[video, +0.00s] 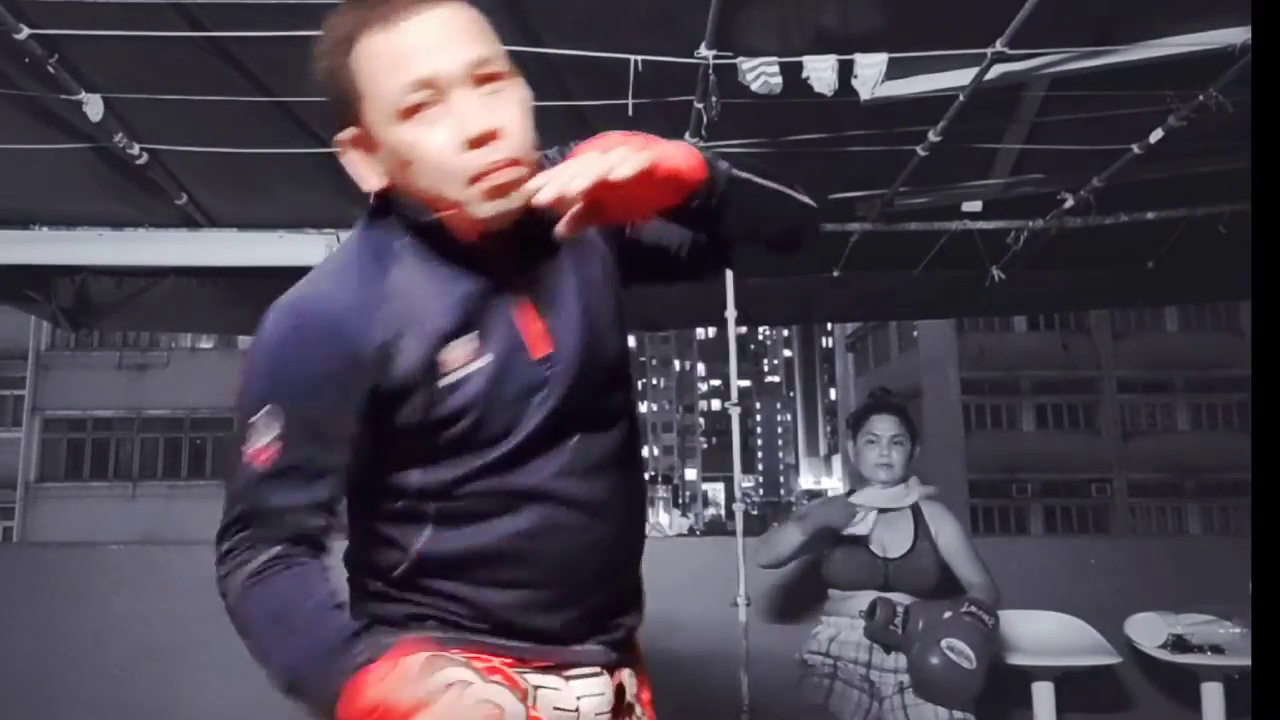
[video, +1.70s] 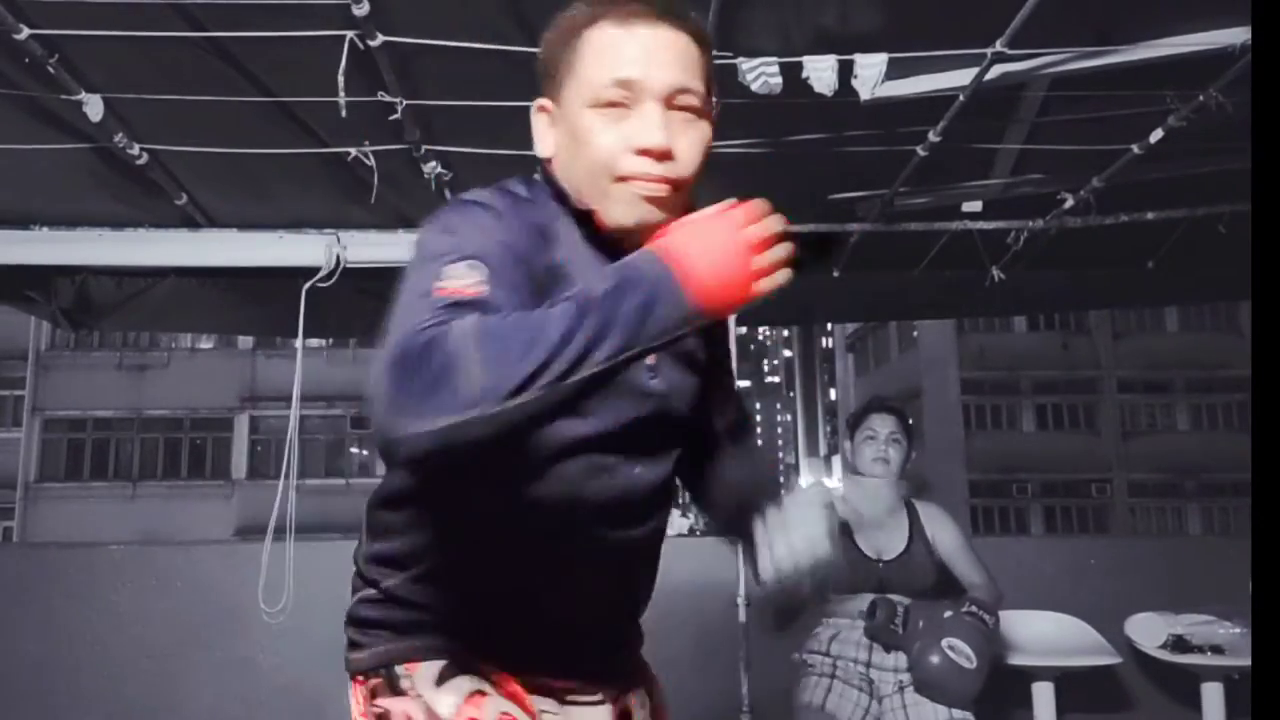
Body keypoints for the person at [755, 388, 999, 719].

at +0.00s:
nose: (885, 452)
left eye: (896, 442)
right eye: (871, 442)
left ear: (912, 452)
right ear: (852, 451)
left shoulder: (932, 514)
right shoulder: (831, 512)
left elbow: (982, 588)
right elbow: (763, 557)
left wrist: (966, 620)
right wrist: (812, 520)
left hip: (919, 667)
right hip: (839, 664)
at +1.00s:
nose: (887, 450)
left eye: (900, 443)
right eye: (875, 439)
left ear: (914, 457)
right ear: (855, 448)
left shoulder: (934, 516)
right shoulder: (827, 506)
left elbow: (984, 586)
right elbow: (771, 570)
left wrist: (976, 619)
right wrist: (770, 517)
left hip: (920, 664)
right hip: (840, 659)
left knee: (938, 715)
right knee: (837, 710)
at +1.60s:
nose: (883, 451)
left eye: (896, 443)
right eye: (871, 441)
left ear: (908, 456)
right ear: (849, 449)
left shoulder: (932, 518)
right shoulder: (820, 518)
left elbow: (983, 587)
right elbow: (775, 581)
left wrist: (973, 618)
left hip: (921, 667)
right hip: (839, 664)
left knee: (939, 715)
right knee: (823, 711)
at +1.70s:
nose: (882, 447)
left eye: (894, 440)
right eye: (870, 437)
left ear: (908, 456)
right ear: (849, 450)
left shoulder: (930, 518)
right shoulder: (820, 516)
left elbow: (984, 588)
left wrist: (975, 617)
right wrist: (866, 608)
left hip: (920, 667)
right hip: (839, 664)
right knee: (827, 711)